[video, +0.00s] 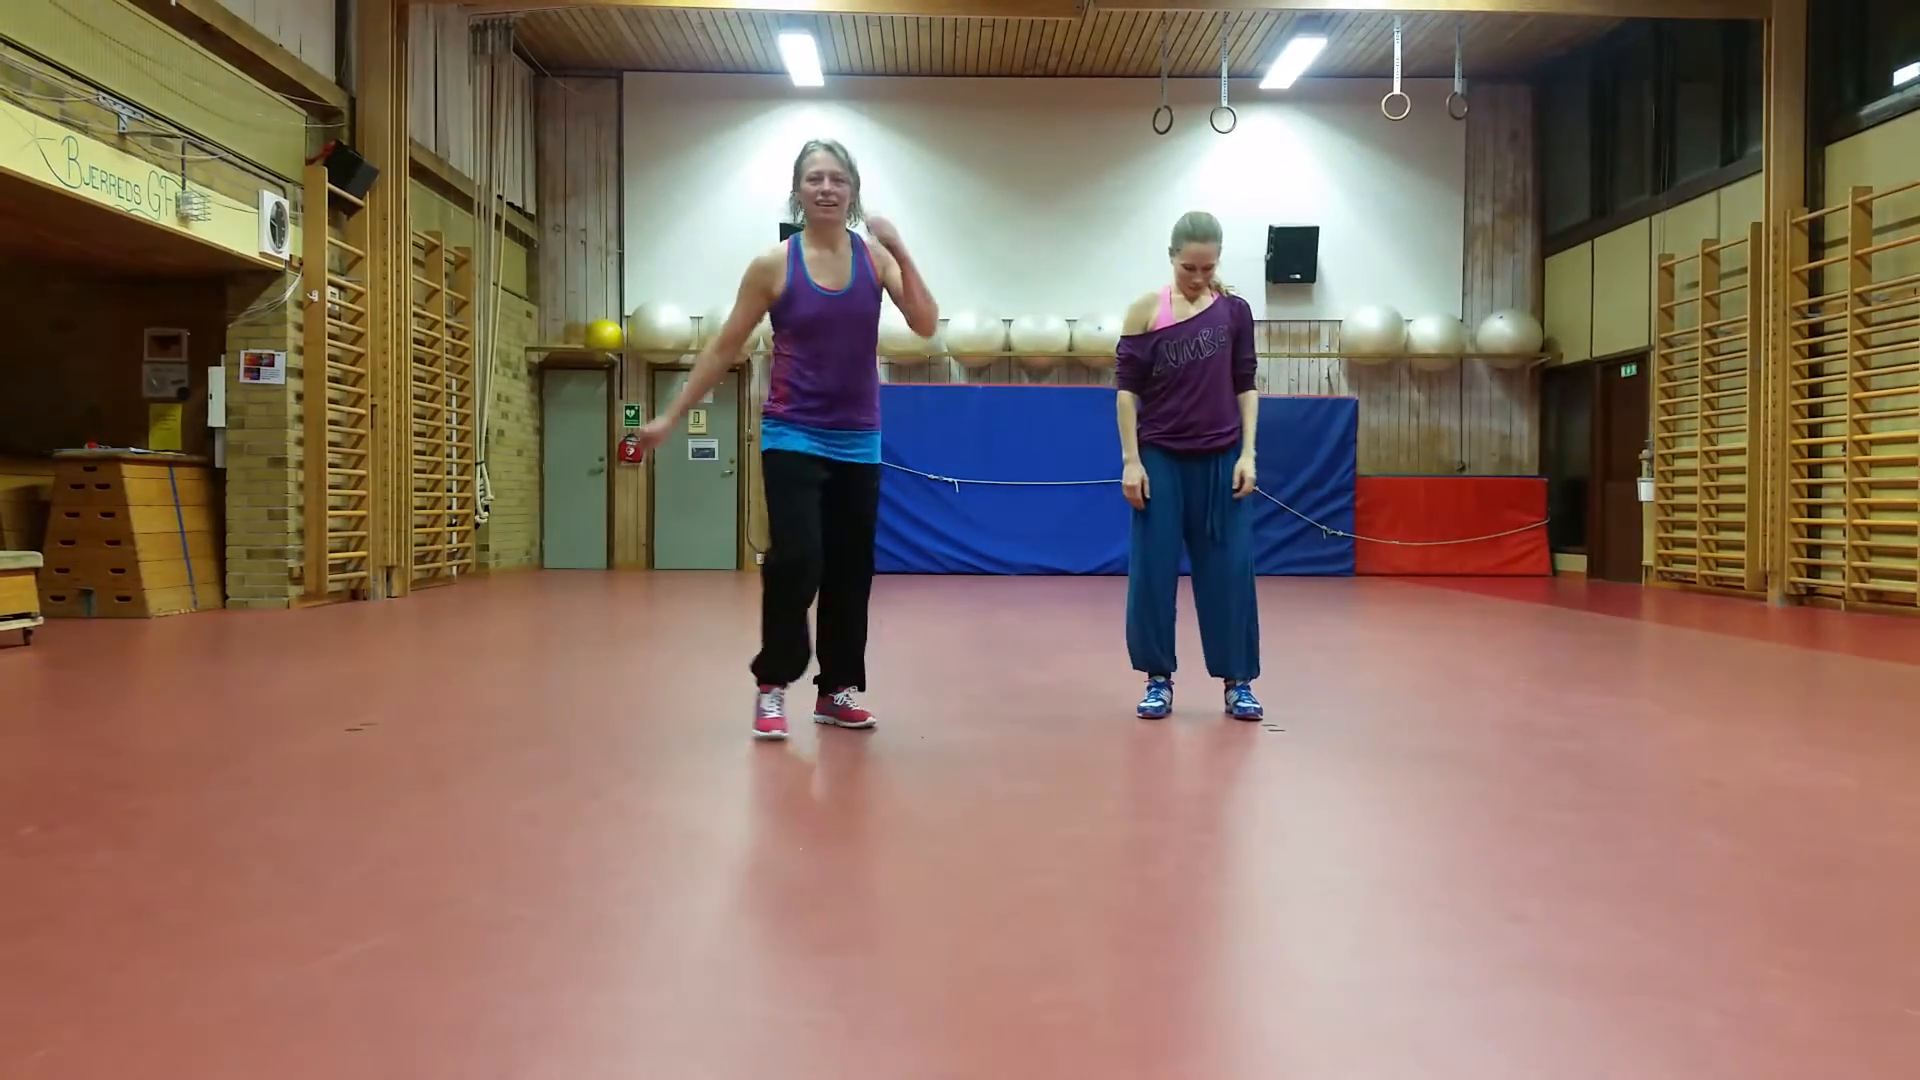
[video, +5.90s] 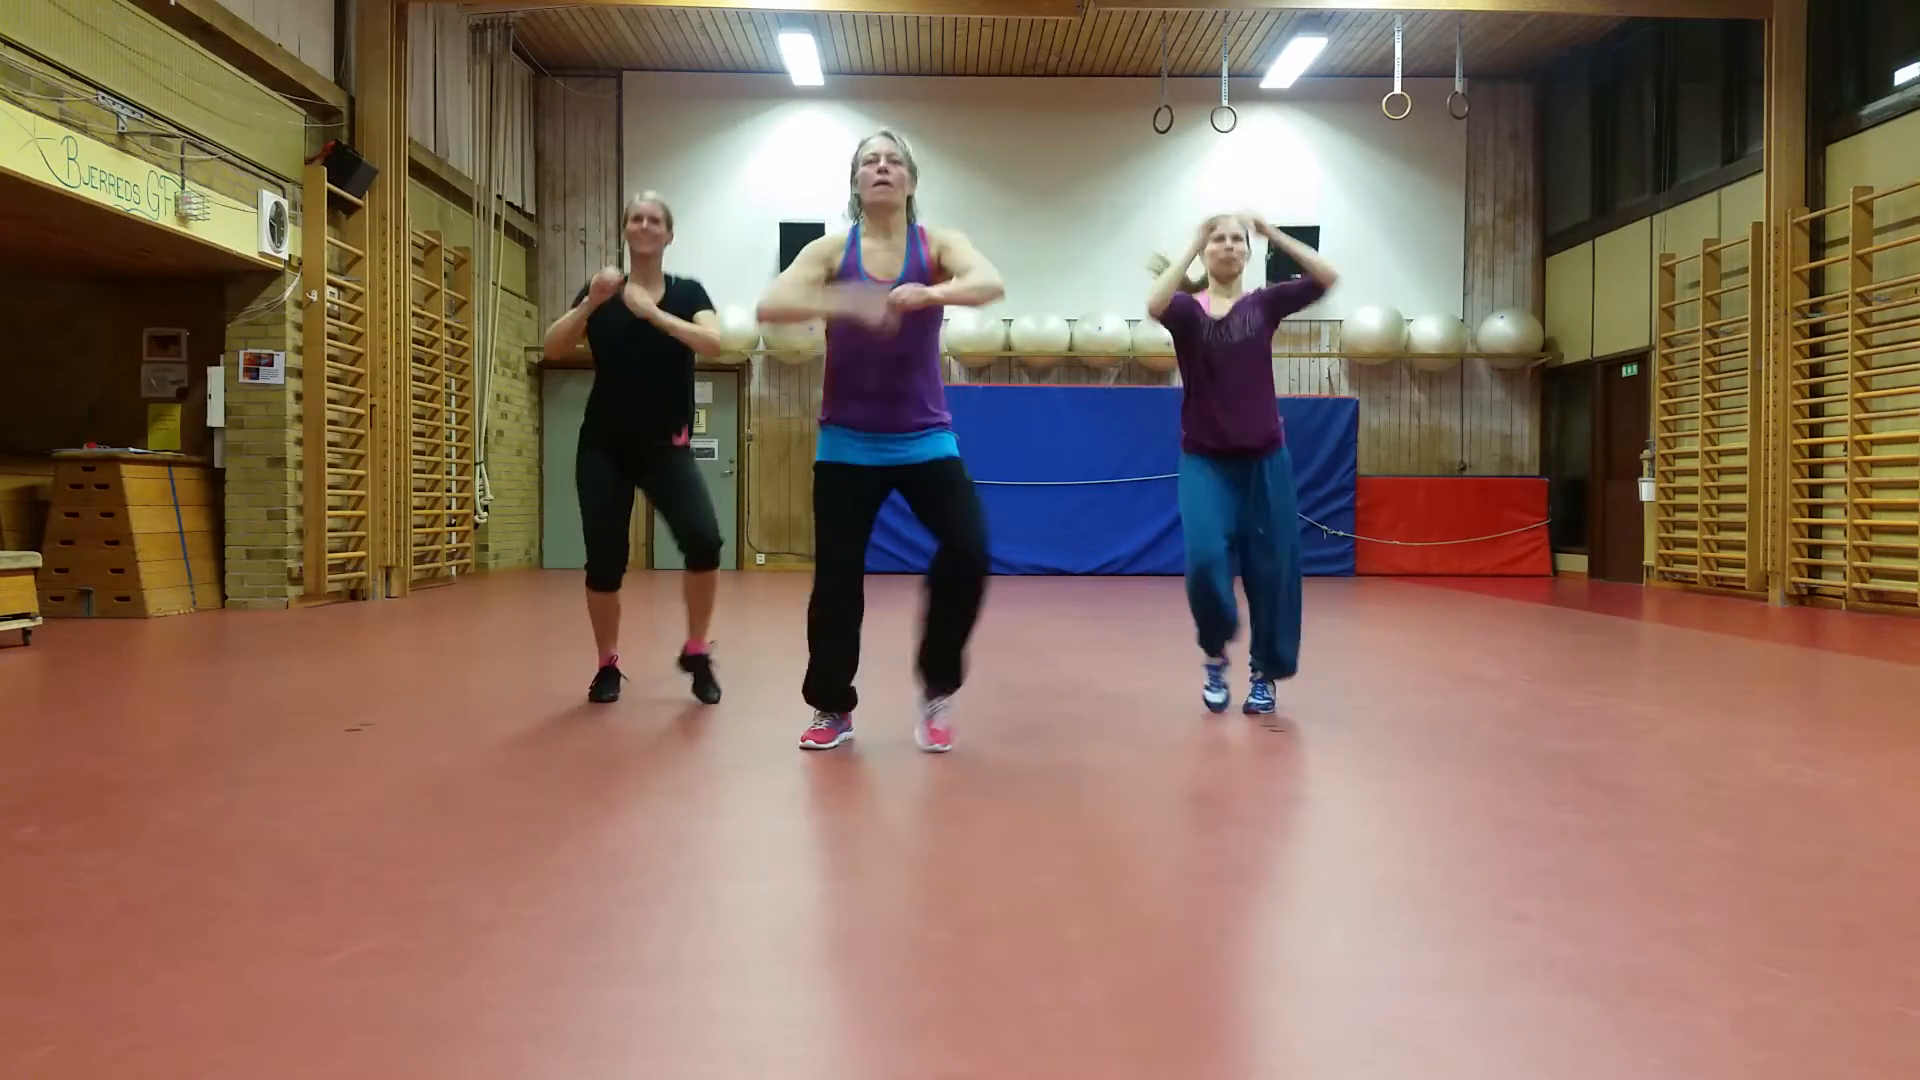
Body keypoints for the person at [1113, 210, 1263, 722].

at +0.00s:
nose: (1199, 277)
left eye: (1208, 267)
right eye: (1191, 267)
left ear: (1219, 259)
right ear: (1172, 256)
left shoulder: (1234, 309)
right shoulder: (1145, 310)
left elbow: (1246, 384)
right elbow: (1127, 389)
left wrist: (1248, 451)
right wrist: (1131, 461)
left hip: (1222, 457)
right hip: (1159, 457)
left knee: (1231, 566)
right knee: (1154, 567)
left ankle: (1238, 682)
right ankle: (1157, 679)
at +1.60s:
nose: (1203, 252)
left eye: (1212, 244)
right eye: (1194, 243)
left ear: (1225, 254)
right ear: (1178, 252)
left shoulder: (1244, 314)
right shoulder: (1156, 312)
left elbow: (1258, 383)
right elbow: (1133, 385)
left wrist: (1249, 411)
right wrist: (1180, 400)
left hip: (1231, 460)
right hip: (1172, 460)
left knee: (1232, 568)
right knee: (1176, 567)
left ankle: (1222, 678)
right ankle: (1181, 677)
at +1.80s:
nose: (1206, 251)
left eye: (1215, 244)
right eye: (1197, 243)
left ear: (1226, 252)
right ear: (1181, 250)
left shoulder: (1242, 307)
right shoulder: (1160, 306)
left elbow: (1257, 371)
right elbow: (1157, 368)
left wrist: (1237, 322)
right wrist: (1202, 324)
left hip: (1232, 453)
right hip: (1174, 453)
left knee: (1232, 566)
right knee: (1173, 565)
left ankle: (1223, 676)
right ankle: (1180, 677)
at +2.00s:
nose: (1215, 256)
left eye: (1223, 249)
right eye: (1206, 248)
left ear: (1230, 257)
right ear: (1187, 255)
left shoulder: (1245, 304)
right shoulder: (1170, 309)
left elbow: (1289, 306)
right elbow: (1148, 319)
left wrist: (1254, 250)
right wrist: (1185, 274)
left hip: (1237, 453)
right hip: (1179, 452)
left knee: (1237, 565)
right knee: (1186, 561)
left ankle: (1226, 677)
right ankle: (1183, 669)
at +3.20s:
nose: (1208, 246)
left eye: (1216, 239)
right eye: (1199, 238)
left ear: (1226, 249)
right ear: (1181, 247)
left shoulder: (1238, 303)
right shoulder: (1166, 308)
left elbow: (1281, 241)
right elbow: (1154, 268)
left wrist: (1236, 180)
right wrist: (1184, 203)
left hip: (1237, 460)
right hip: (1180, 459)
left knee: (1256, 560)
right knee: (1172, 569)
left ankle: (1223, 665)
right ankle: (1170, 674)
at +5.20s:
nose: (1233, 234)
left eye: (1240, 229)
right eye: (1222, 229)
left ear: (1252, 243)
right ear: (1206, 242)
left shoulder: (1265, 295)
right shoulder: (1192, 300)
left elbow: (1307, 224)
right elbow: (1161, 249)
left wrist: (1266, 165)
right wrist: (1199, 184)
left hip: (1260, 449)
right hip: (1201, 448)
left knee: (1268, 560)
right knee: (1192, 552)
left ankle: (1264, 669)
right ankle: (1196, 658)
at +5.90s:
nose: (1227, 246)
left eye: (1236, 239)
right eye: (1217, 239)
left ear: (1248, 252)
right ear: (1203, 253)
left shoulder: (1264, 302)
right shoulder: (1187, 307)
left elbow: (1326, 277)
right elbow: (1156, 306)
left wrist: (1275, 236)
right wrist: (1193, 247)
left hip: (1263, 455)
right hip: (1203, 457)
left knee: (1272, 565)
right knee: (1204, 558)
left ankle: (1264, 674)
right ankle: (1214, 660)